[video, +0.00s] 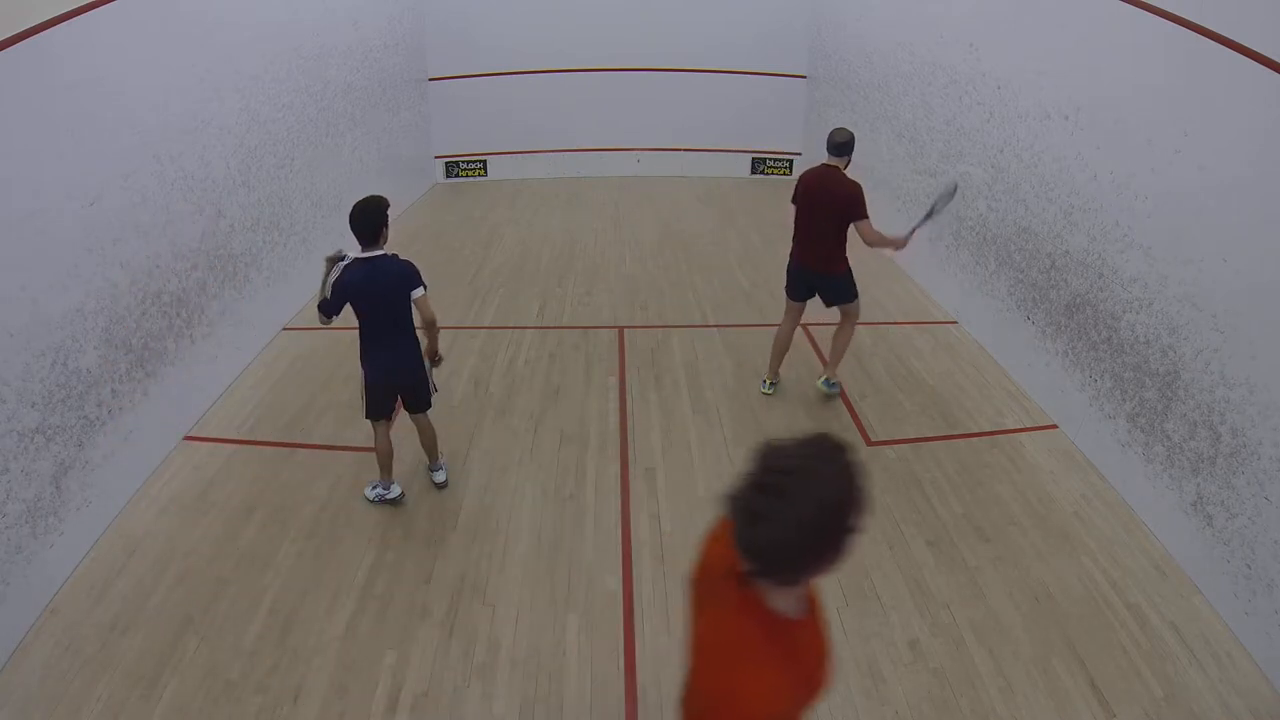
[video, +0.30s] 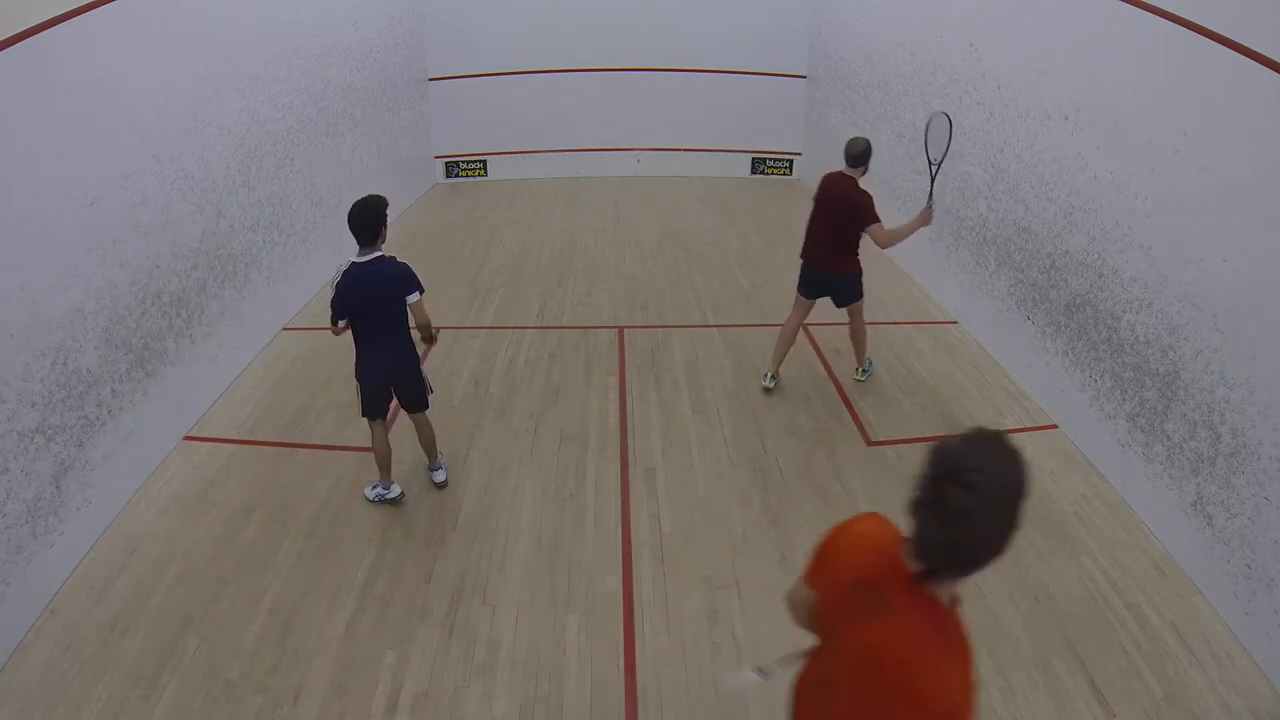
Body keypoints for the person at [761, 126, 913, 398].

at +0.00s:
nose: (848, 155)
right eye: (850, 152)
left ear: (826, 149)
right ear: (851, 153)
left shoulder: (806, 177)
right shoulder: (851, 189)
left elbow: (799, 216)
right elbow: (869, 238)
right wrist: (897, 241)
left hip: (800, 264)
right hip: (833, 269)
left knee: (790, 318)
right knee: (849, 316)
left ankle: (770, 377)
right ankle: (829, 376)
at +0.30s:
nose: (868, 162)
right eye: (869, 159)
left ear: (845, 158)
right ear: (867, 163)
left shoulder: (827, 181)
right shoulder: (860, 198)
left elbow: (824, 217)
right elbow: (883, 240)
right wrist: (918, 222)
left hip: (813, 265)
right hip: (845, 271)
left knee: (796, 316)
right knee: (855, 318)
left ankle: (771, 373)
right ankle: (861, 367)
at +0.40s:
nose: (878, 166)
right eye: (878, 163)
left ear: (854, 160)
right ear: (876, 168)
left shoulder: (838, 180)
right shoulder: (867, 201)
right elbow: (891, 239)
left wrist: (877, 195)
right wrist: (926, 217)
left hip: (821, 262)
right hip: (853, 269)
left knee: (801, 306)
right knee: (862, 314)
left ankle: (774, 360)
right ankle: (861, 366)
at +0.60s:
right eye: (889, 161)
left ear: (864, 158)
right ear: (888, 167)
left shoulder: (849, 172)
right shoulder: (874, 198)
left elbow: (835, 176)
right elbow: (903, 231)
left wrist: (847, 160)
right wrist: (926, 197)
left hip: (827, 256)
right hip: (858, 267)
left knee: (810, 304)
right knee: (866, 312)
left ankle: (783, 357)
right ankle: (861, 365)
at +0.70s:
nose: (884, 157)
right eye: (885, 154)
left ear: (861, 153)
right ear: (885, 159)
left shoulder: (843, 172)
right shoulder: (886, 195)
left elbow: (816, 185)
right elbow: (922, 215)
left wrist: (816, 165)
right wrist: (929, 193)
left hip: (827, 257)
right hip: (860, 266)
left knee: (810, 306)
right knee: (863, 313)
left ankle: (790, 365)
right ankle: (861, 365)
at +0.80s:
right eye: (873, 145)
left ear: (851, 148)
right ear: (876, 151)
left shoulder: (832, 177)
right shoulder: (884, 181)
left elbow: (802, 203)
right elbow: (919, 182)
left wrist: (797, 181)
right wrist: (945, 171)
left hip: (831, 256)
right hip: (862, 259)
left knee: (807, 305)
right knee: (861, 313)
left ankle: (793, 367)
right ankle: (861, 365)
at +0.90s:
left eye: (840, 145)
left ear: (836, 150)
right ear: (860, 149)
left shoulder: (826, 188)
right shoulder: (873, 178)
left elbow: (799, 222)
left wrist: (788, 201)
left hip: (833, 261)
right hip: (864, 259)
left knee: (802, 305)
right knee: (861, 310)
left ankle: (797, 370)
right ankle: (863, 365)